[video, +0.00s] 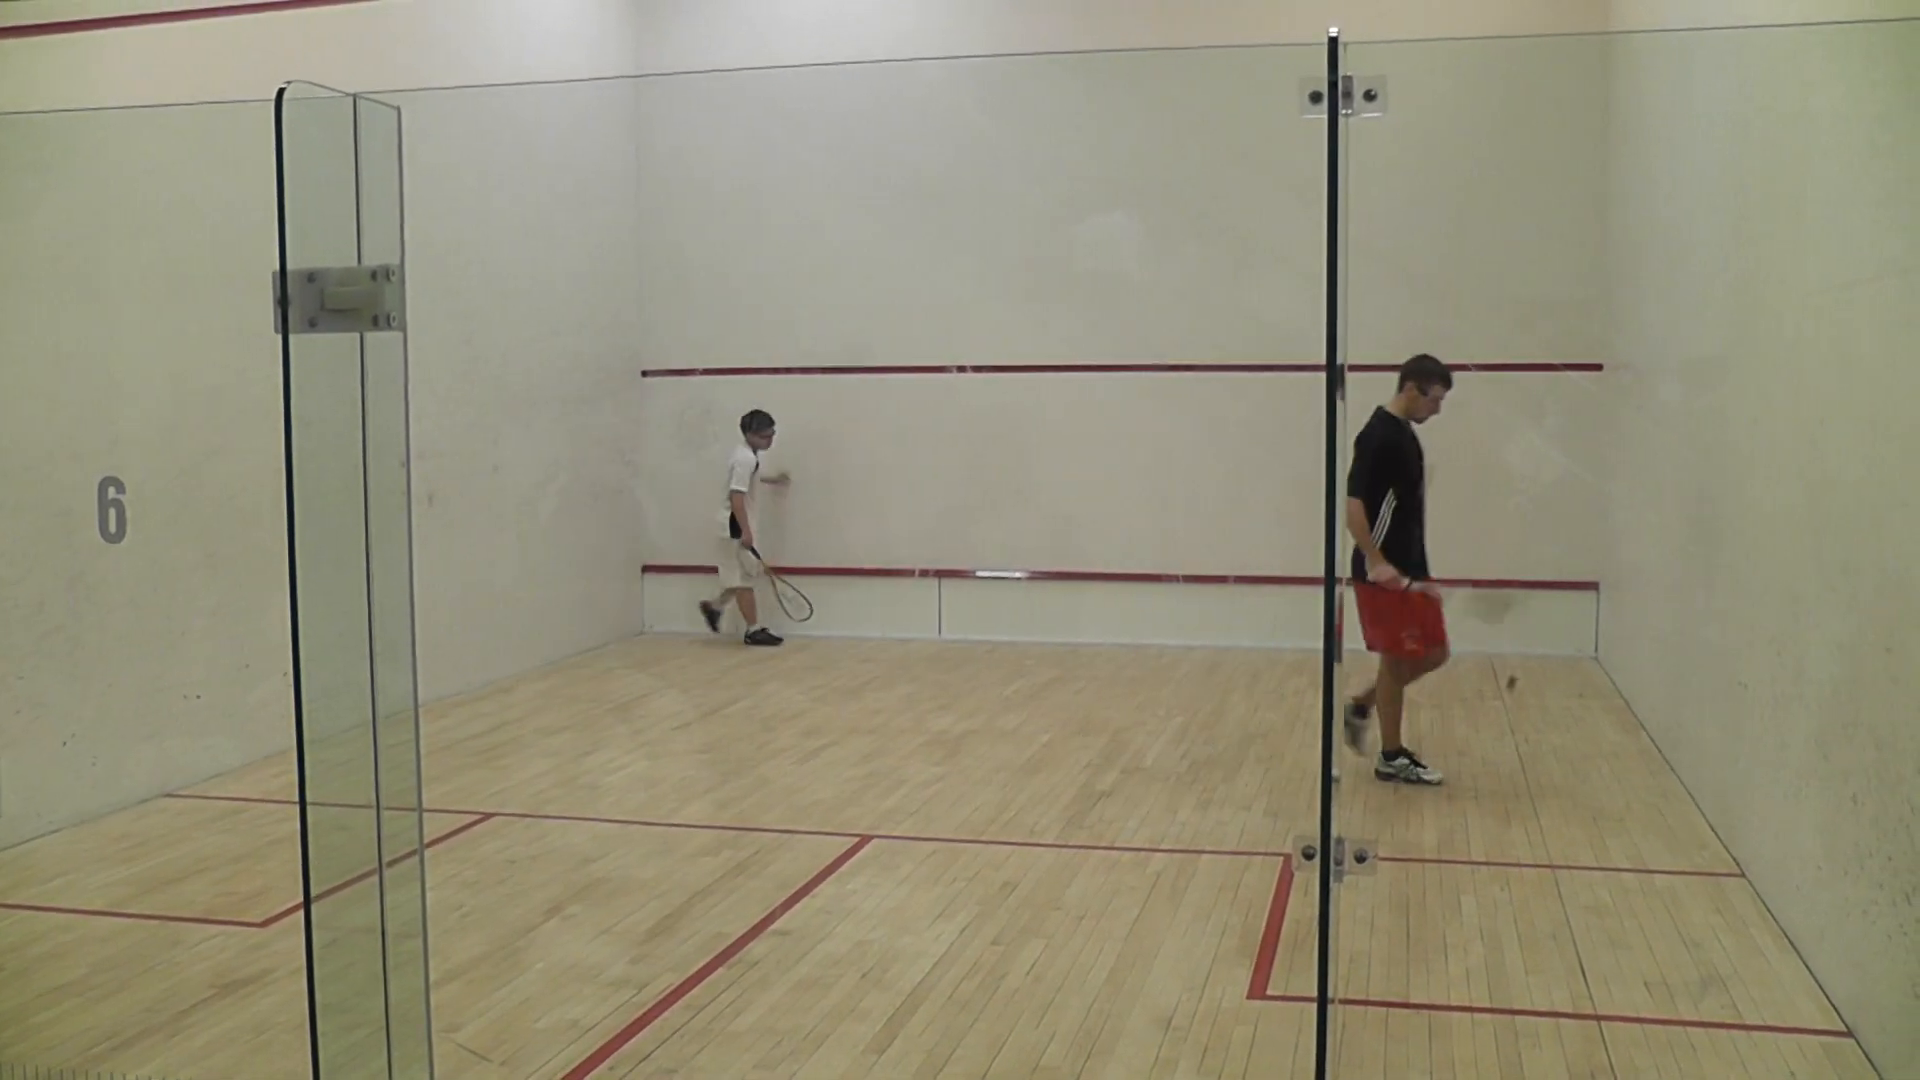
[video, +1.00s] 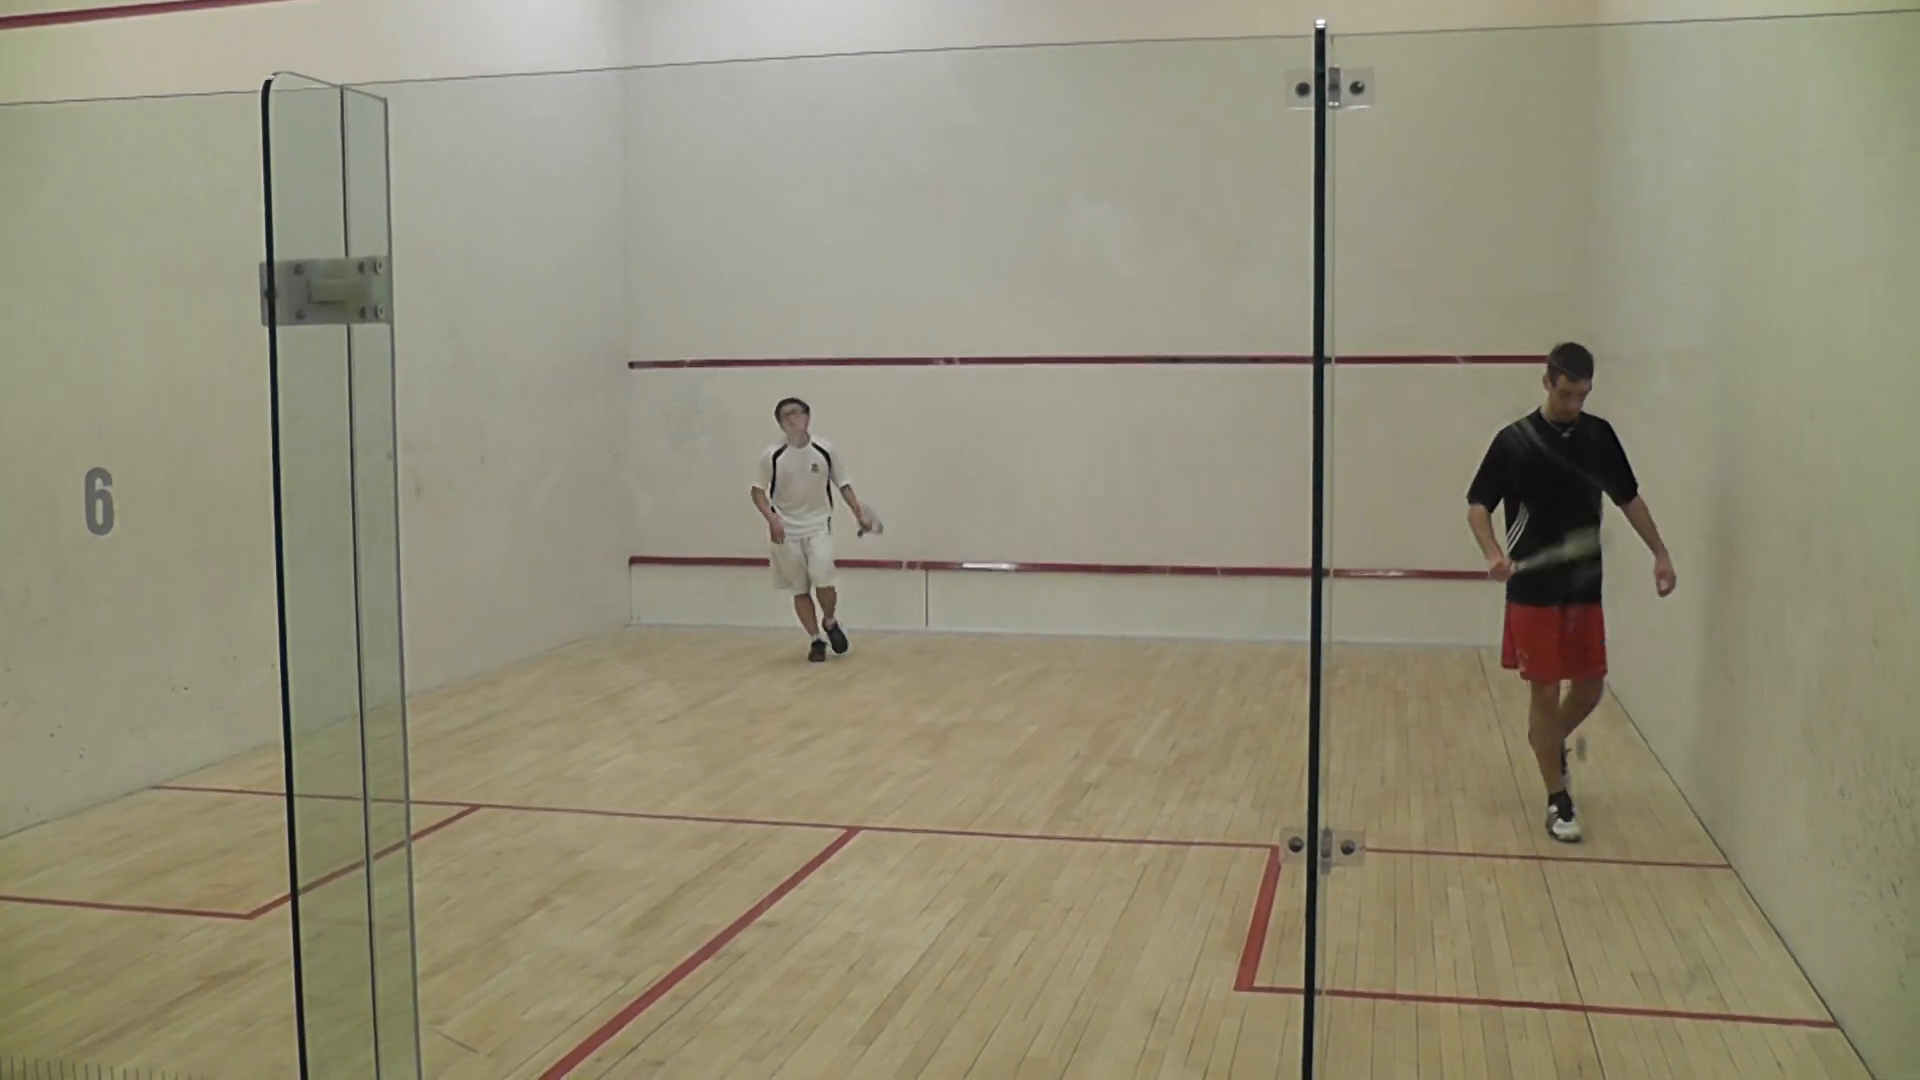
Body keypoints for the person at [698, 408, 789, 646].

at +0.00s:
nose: (771, 441)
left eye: (772, 435)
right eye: (766, 436)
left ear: (754, 436)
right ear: (751, 435)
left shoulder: (750, 455)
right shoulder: (745, 459)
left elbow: (751, 477)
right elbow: (736, 496)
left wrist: (770, 481)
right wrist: (745, 531)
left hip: (738, 527)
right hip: (732, 529)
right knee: (743, 576)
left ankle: (715, 605)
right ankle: (754, 628)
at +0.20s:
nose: (789, 439)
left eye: (791, 434)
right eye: (784, 435)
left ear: (792, 432)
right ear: (769, 435)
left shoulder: (784, 456)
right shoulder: (759, 456)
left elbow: (773, 486)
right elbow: (742, 489)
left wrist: (787, 502)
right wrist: (764, 517)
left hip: (781, 523)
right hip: (759, 525)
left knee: (798, 572)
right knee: (757, 578)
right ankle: (754, 627)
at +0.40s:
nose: (806, 437)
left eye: (808, 430)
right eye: (799, 433)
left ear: (811, 431)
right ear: (786, 436)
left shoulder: (812, 461)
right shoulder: (777, 457)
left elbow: (818, 489)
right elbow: (755, 489)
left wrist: (831, 509)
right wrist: (782, 513)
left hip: (808, 529)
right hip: (782, 533)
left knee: (817, 582)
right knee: (787, 586)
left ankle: (818, 635)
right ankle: (766, 616)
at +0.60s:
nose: (803, 430)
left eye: (807, 424)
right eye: (797, 426)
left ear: (815, 424)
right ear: (789, 429)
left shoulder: (828, 455)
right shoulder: (777, 456)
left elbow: (840, 483)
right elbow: (765, 490)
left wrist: (840, 496)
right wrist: (786, 510)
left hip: (819, 525)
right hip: (790, 526)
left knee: (821, 580)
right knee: (800, 578)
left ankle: (818, 632)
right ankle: (805, 633)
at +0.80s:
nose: (798, 431)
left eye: (802, 425)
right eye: (792, 427)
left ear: (812, 428)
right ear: (786, 433)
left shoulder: (830, 459)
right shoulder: (777, 466)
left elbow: (844, 488)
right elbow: (769, 501)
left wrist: (850, 497)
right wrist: (779, 524)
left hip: (825, 532)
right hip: (795, 534)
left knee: (828, 589)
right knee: (803, 589)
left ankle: (819, 628)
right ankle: (817, 643)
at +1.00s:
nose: (792, 419)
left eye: (796, 414)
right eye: (786, 416)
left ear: (807, 418)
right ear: (780, 423)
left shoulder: (824, 451)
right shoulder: (771, 457)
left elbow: (844, 485)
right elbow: (758, 491)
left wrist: (859, 512)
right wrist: (772, 519)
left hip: (818, 527)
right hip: (786, 530)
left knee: (823, 579)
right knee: (800, 588)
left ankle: (830, 622)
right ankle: (815, 639)